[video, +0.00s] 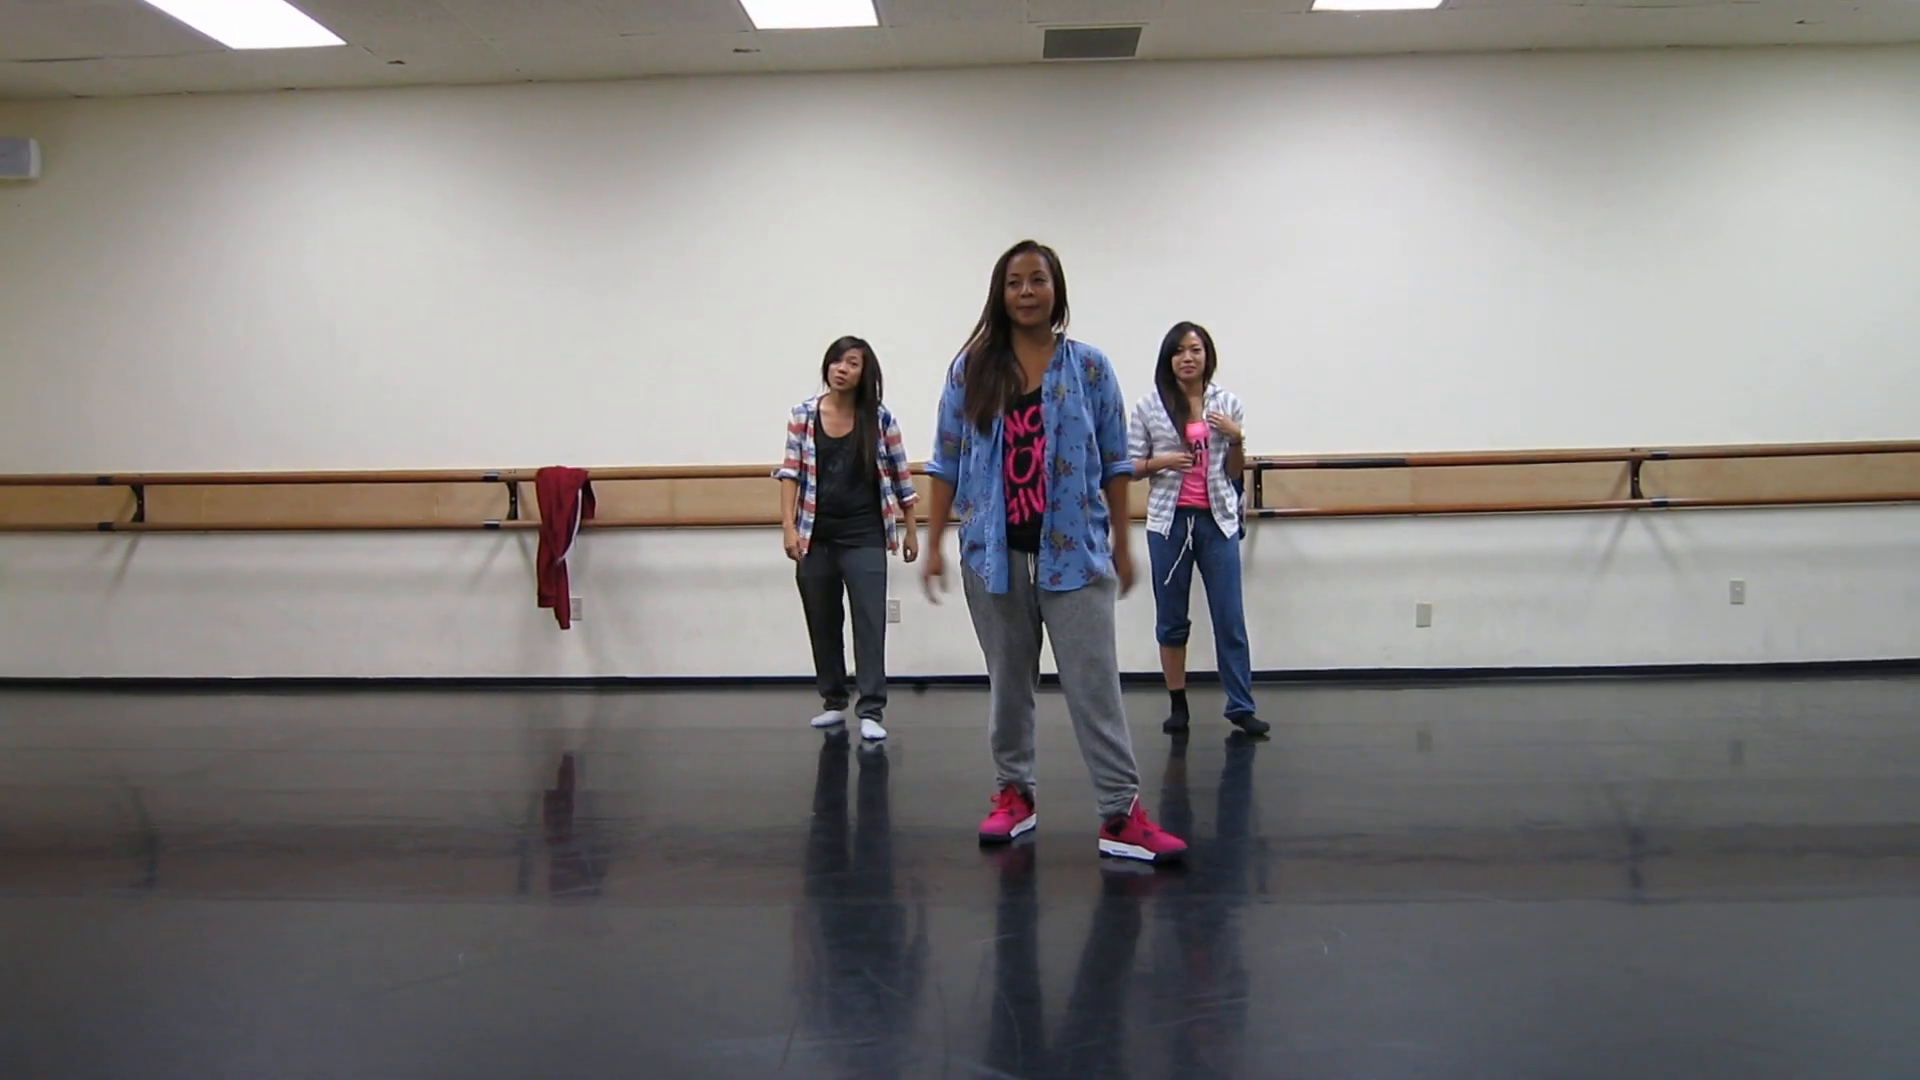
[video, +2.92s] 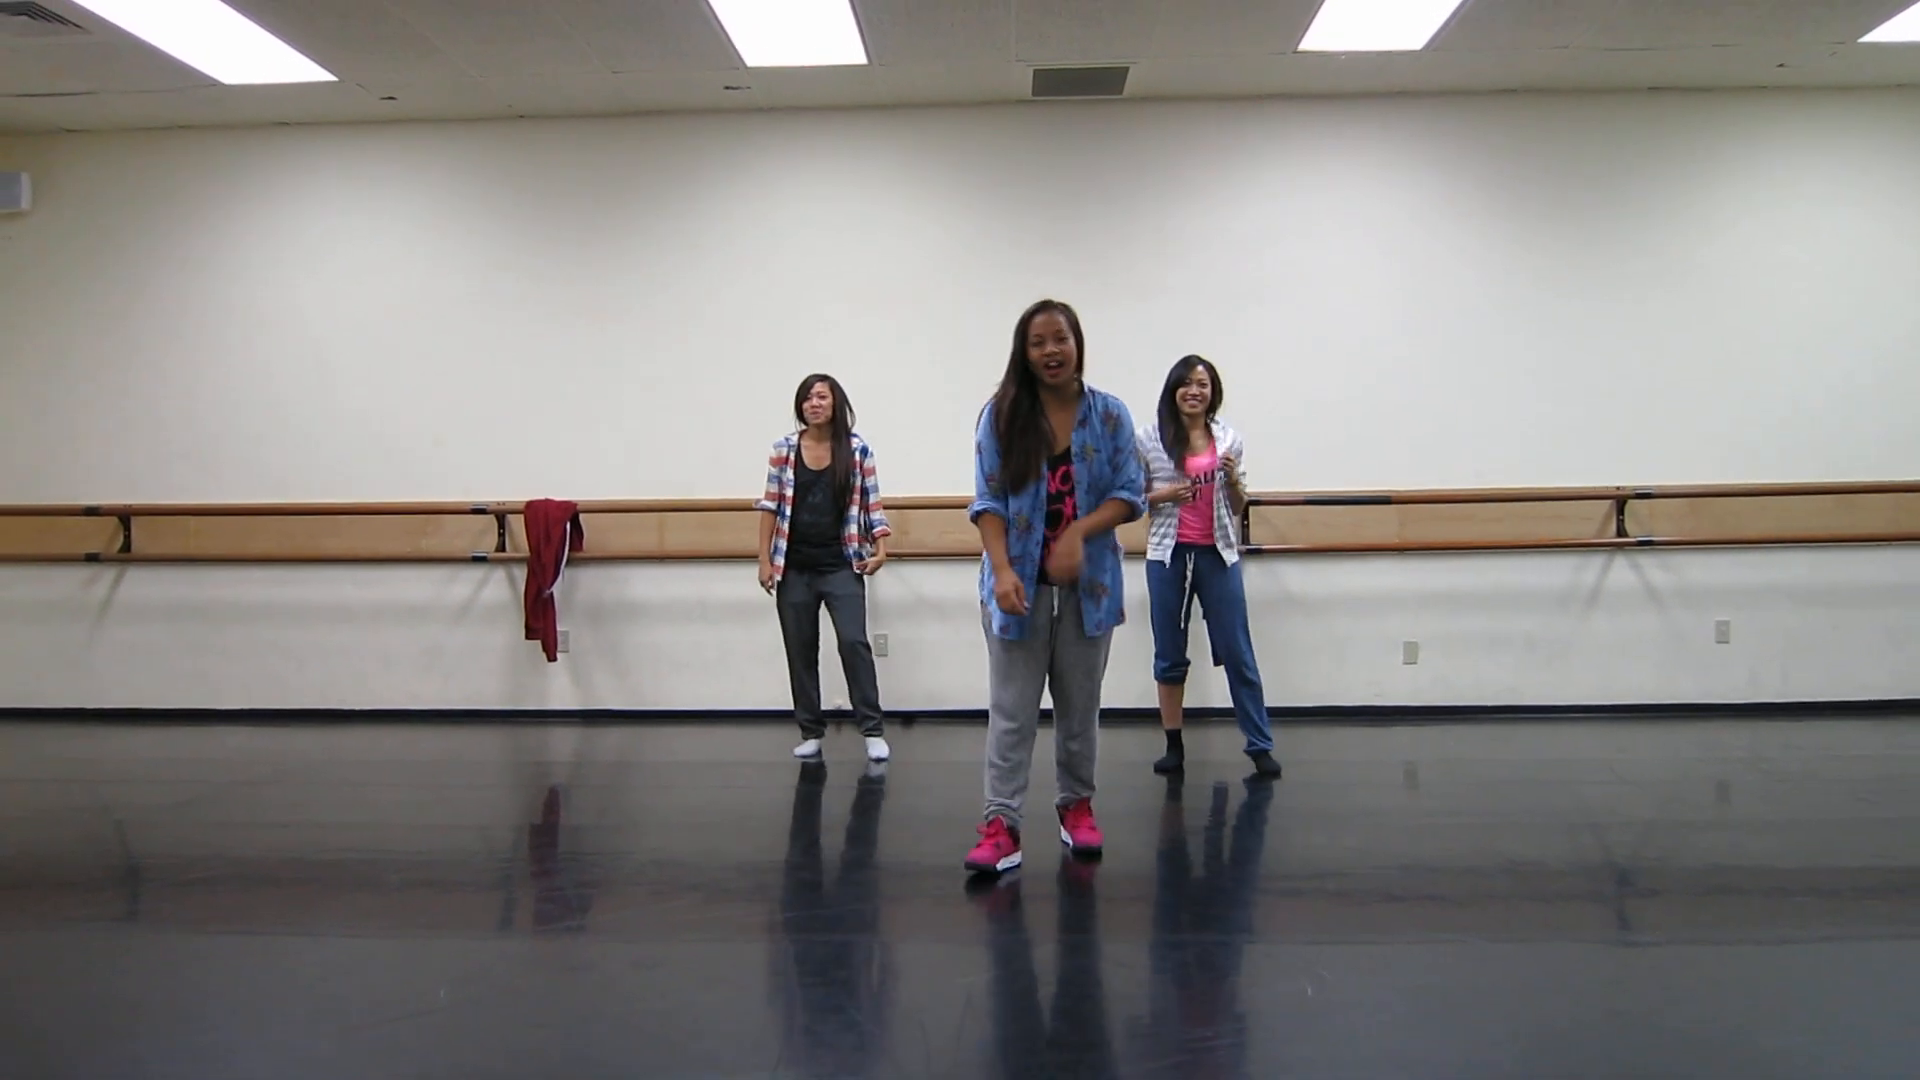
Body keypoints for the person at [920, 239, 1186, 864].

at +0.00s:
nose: (1028, 290)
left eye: (1038, 279)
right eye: (1016, 281)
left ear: (1058, 289)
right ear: (999, 293)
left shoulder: (1089, 366)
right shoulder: (970, 370)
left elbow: (1116, 462)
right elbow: (945, 463)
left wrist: (1122, 542)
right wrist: (933, 544)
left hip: (1075, 556)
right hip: (994, 558)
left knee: (1095, 683)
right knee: (1009, 684)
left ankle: (1121, 814)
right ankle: (1013, 797)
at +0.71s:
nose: (1082, 296)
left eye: (1092, 288)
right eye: (1070, 288)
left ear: (1108, 303)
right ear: (1050, 303)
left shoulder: (1127, 386)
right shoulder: (1014, 374)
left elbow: (1137, 482)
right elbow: (999, 469)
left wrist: (1118, 561)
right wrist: (1019, 557)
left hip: (1093, 570)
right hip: (1017, 566)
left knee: (1098, 705)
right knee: (1009, 698)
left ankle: (1101, 830)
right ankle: (994, 810)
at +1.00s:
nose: (1039, 314)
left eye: (1051, 303)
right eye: (1028, 304)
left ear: (1069, 313)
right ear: (1011, 313)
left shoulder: (1091, 387)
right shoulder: (979, 377)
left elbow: (1087, 484)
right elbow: (987, 460)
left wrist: (1032, 541)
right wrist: (1060, 490)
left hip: (1060, 563)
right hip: (982, 562)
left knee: (1071, 703)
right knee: (989, 699)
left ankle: (1090, 831)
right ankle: (988, 815)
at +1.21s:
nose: (1014, 313)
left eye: (1024, 303)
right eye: (1003, 305)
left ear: (1044, 313)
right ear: (987, 317)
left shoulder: (1070, 389)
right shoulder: (959, 384)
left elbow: (1069, 482)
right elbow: (953, 466)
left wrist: (1038, 557)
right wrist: (998, 507)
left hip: (1043, 565)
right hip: (968, 568)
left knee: (1058, 703)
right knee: (979, 702)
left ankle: (1082, 827)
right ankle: (986, 816)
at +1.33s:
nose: (1002, 313)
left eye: (1013, 303)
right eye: (990, 306)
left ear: (1033, 314)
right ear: (975, 319)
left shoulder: (1062, 389)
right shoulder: (949, 387)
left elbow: (1082, 482)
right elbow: (915, 462)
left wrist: (1097, 559)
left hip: (1038, 572)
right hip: (961, 573)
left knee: (1054, 701)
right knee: (977, 701)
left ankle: (1081, 824)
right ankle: (985, 815)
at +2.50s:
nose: (980, 333)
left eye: (986, 320)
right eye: (966, 330)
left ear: (1009, 326)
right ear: (958, 349)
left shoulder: (1053, 391)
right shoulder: (951, 413)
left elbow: (1056, 477)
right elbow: (931, 500)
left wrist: (1011, 535)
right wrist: (915, 579)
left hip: (1051, 574)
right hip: (976, 580)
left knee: (1073, 700)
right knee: (987, 707)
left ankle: (1061, 789)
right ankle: (997, 823)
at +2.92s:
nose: (1052, 350)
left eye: (1061, 338)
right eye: (1039, 342)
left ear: (1079, 344)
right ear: (1024, 352)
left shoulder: (1110, 413)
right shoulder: (1001, 416)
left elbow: (1131, 496)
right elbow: (987, 502)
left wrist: (1077, 531)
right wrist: (1002, 569)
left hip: (1087, 584)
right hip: (1018, 585)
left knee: (1079, 707)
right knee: (1012, 711)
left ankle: (1077, 808)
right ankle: (1001, 823)